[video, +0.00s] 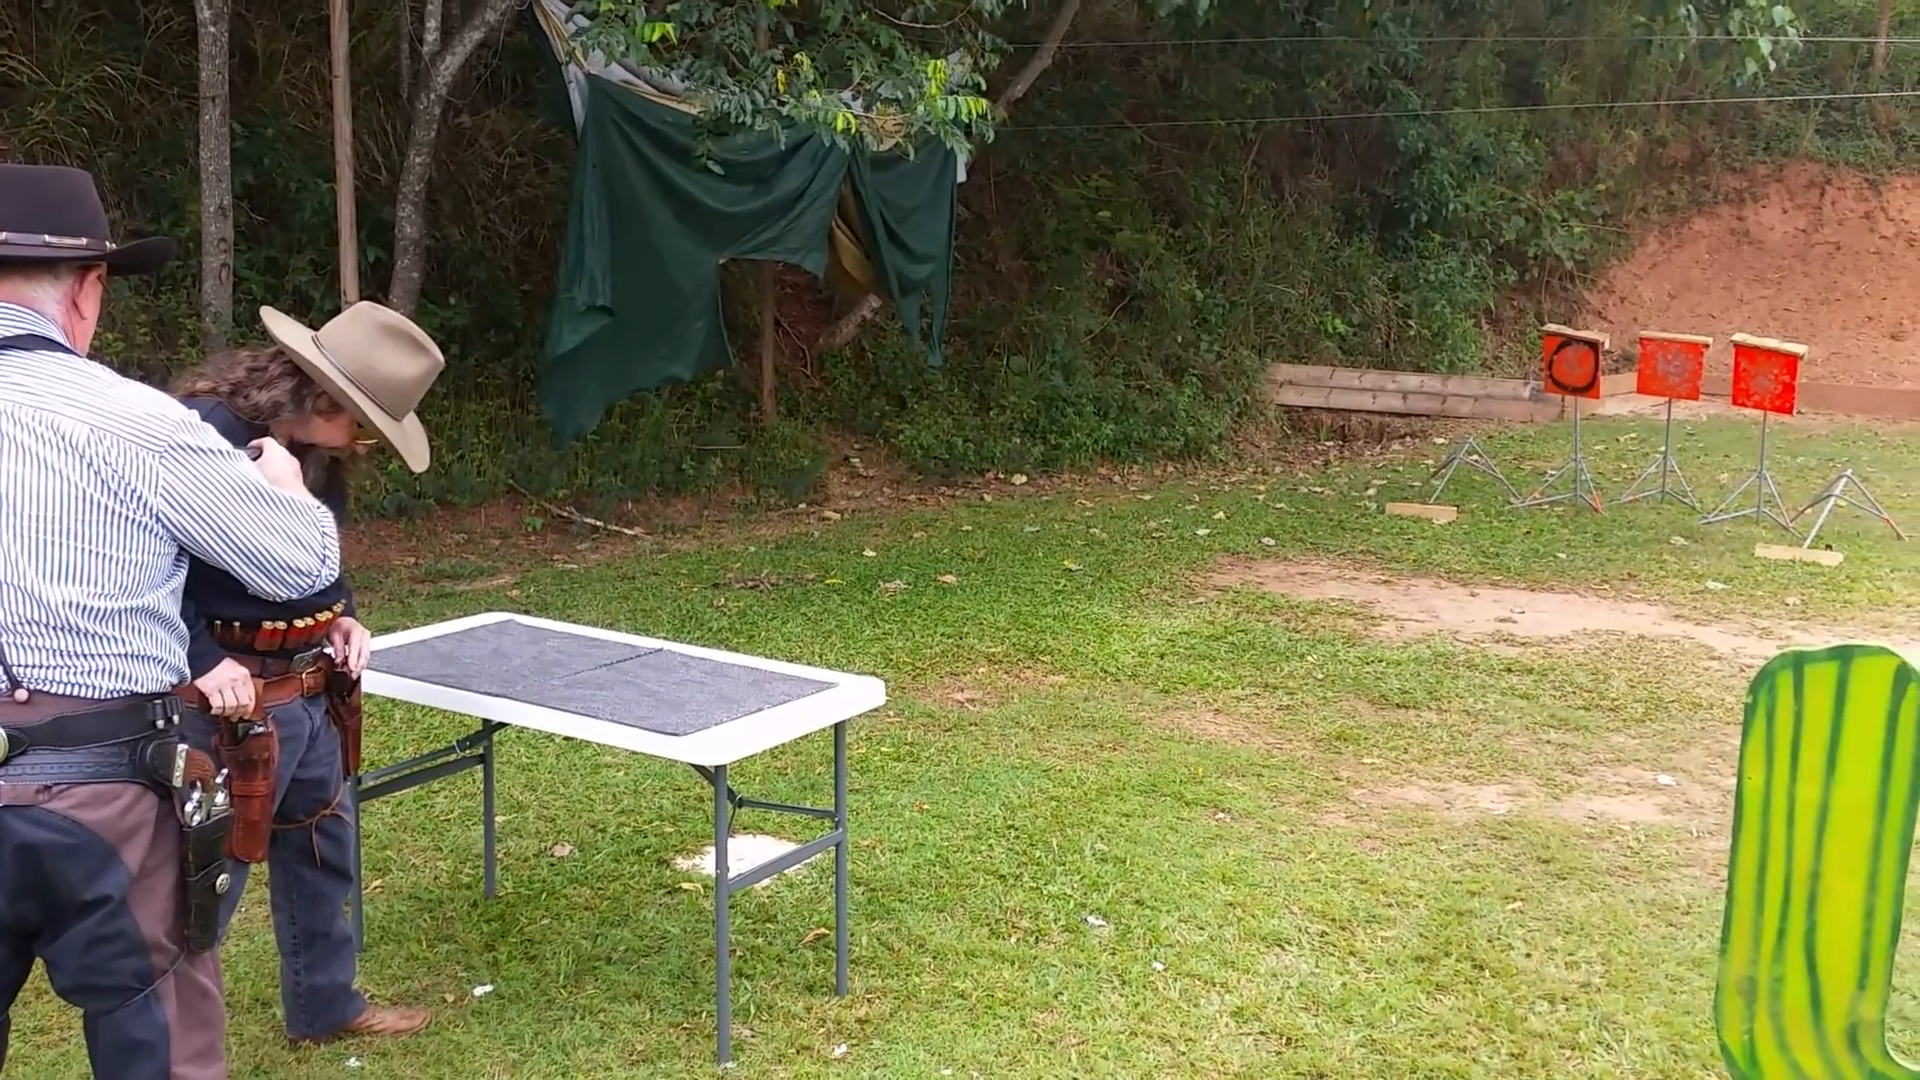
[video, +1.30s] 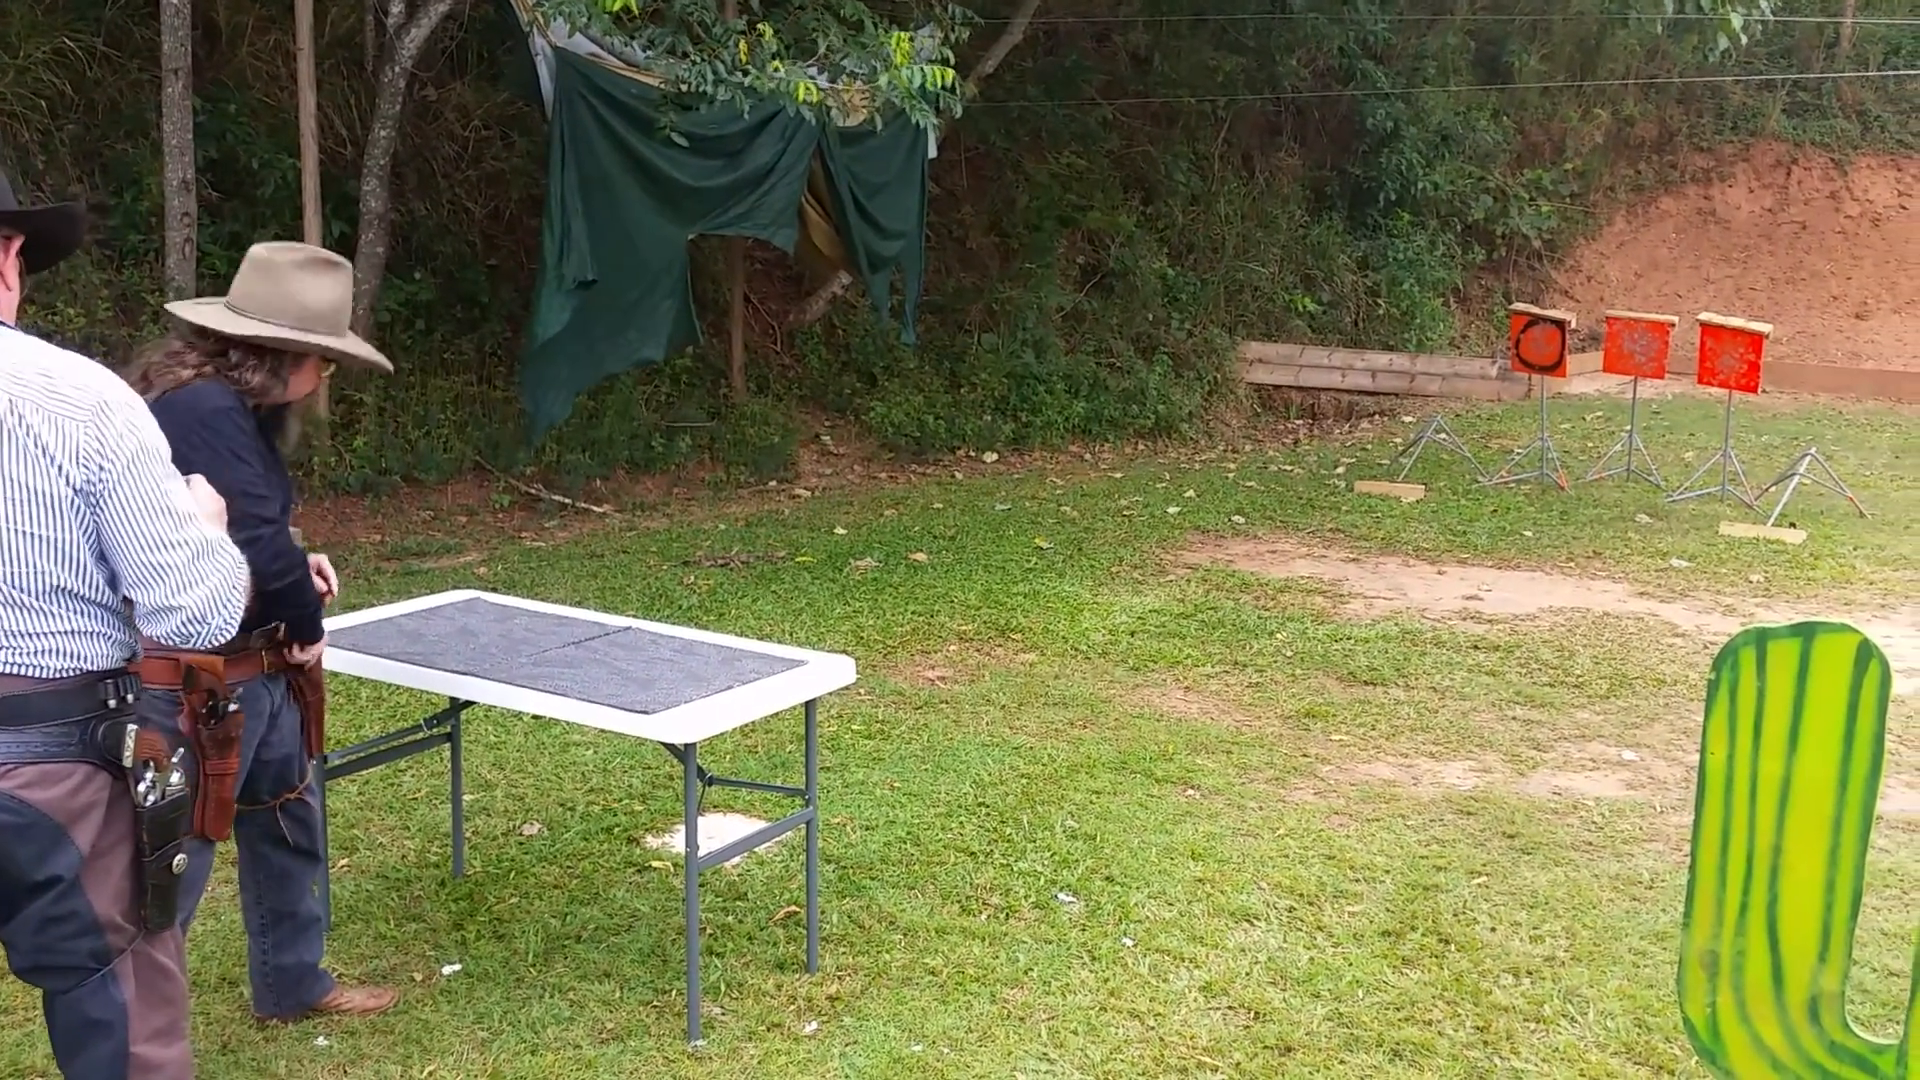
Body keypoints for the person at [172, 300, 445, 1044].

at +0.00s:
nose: (357, 445)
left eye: (366, 434)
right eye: (359, 429)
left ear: (336, 409)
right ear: (328, 402)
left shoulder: (309, 460)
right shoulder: (200, 439)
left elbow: (304, 561)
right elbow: (151, 569)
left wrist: (336, 618)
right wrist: (202, 656)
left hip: (307, 694)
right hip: (225, 706)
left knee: (321, 854)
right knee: (206, 883)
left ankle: (324, 1006)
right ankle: (168, 1033)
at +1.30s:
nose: (322, 378)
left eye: (324, 362)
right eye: (318, 360)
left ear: (245, 341)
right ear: (282, 357)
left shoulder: (222, 408)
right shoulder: (212, 412)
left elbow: (236, 524)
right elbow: (263, 553)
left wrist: (297, 562)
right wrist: (303, 623)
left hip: (254, 666)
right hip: (197, 673)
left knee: (287, 825)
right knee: (175, 859)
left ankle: (291, 986)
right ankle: (131, 1006)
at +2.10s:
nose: (287, 330)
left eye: (282, 317)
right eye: (278, 317)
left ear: (194, 324)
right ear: (252, 324)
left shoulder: (152, 391)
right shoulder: (240, 400)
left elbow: (309, 391)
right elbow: (348, 407)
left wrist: (396, 365)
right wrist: (432, 379)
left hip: (141, 650)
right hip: (190, 666)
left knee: (263, 814)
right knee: (176, 864)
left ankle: (272, 981)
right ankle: (107, 1020)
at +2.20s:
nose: (289, 329)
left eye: (284, 317)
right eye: (280, 316)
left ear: (197, 322)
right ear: (256, 323)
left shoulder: (157, 388)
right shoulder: (244, 399)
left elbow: (312, 387)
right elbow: (352, 408)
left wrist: (403, 361)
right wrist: (434, 379)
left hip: (148, 653)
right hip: (191, 669)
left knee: (262, 817)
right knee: (175, 866)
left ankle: (271, 982)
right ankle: (97, 1014)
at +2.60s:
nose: (288, 330)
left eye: (284, 318)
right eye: (280, 317)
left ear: (200, 320)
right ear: (253, 321)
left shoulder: (157, 382)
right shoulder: (241, 397)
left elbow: (304, 382)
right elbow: (347, 411)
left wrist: (399, 358)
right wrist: (427, 383)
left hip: (133, 650)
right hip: (183, 664)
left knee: (253, 816)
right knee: (166, 860)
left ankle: (262, 982)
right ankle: (90, 1014)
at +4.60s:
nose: (278, 342)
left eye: (275, 327)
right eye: (269, 327)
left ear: (193, 329)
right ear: (232, 331)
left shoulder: (141, 386)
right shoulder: (215, 401)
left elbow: (302, 393)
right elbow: (333, 415)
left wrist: (399, 364)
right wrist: (424, 385)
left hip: (123, 658)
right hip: (151, 672)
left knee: (230, 822)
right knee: (142, 870)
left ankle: (242, 985)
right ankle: (66, 1028)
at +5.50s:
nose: (236, 404)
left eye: (244, 392)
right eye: (238, 387)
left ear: (186, 351)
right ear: (207, 365)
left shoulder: (144, 393)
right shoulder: (120, 392)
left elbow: (157, 529)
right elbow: (188, 484)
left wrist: (225, 552)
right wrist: (258, 533)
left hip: (190, 659)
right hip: (114, 670)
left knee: (231, 821)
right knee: (126, 869)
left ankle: (238, 987)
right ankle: (78, 1022)